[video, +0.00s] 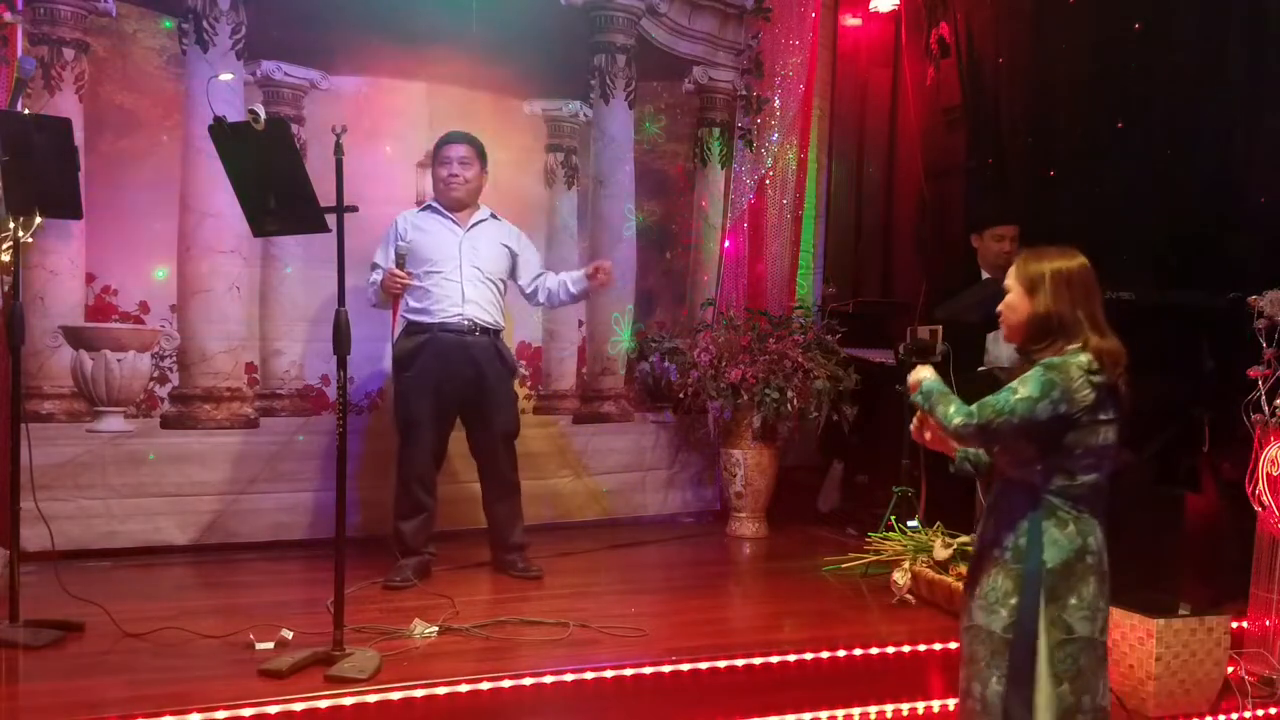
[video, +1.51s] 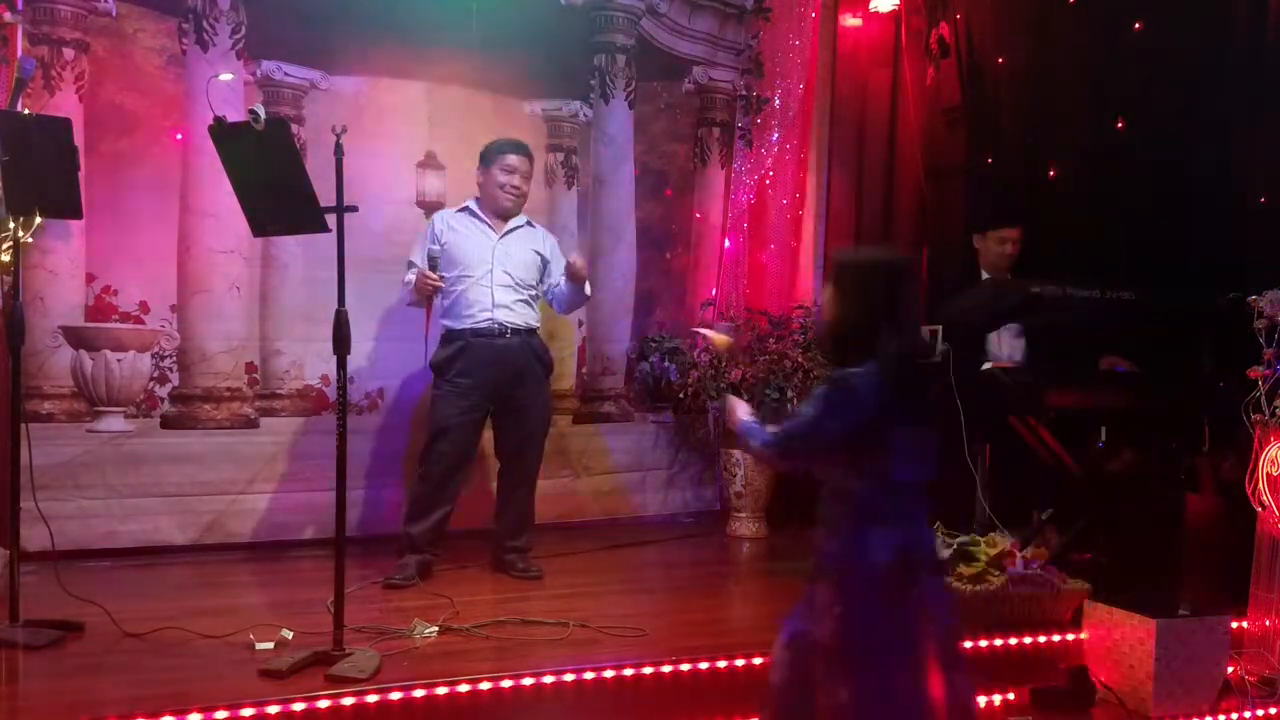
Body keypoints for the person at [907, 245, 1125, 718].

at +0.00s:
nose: (999, 308)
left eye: (1010, 295)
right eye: (1003, 295)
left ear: (1046, 303)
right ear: (1052, 306)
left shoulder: (1063, 373)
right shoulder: (1087, 371)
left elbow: (967, 424)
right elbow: (1027, 461)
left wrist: (926, 382)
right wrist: (951, 449)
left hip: (1041, 535)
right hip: (1069, 530)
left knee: (1016, 673)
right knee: (1051, 672)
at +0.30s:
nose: (992, 302)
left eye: (1003, 293)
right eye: (997, 292)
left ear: (1036, 306)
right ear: (1053, 308)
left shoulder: (1035, 382)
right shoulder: (1082, 375)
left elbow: (944, 437)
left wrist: (922, 400)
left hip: (1019, 539)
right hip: (1061, 533)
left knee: (1002, 670)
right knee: (1054, 666)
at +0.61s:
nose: (988, 280)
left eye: (1001, 272)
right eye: (994, 269)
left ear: (1034, 289)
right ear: (1043, 293)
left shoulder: (1020, 370)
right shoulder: (1063, 363)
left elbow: (932, 410)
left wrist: (921, 368)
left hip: (1007, 551)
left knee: (999, 669)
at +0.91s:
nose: (965, 291)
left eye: (977, 280)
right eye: (970, 279)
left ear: (1013, 293)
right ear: (1008, 296)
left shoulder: (1017, 372)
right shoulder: (1041, 366)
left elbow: (931, 422)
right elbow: (959, 418)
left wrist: (899, 370)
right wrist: (908, 399)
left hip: (994, 557)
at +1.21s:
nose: (904, 298)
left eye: (914, 285)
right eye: (907, 284)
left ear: (948, 296)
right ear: (947, 300)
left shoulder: (975, 377)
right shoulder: (951, 371)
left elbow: (913, 456)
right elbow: (895, 441)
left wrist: (844, 446)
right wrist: (837, 415)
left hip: (958, 563)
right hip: (925, 557)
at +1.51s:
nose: (821, 302)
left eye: (829, 291)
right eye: (825, 290)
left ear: (853, 303)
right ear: (888, 302)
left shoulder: (855, 386)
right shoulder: (918, 374)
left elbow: (784, 447)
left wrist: (744, 423)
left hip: (860, 555)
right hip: (912, 545)